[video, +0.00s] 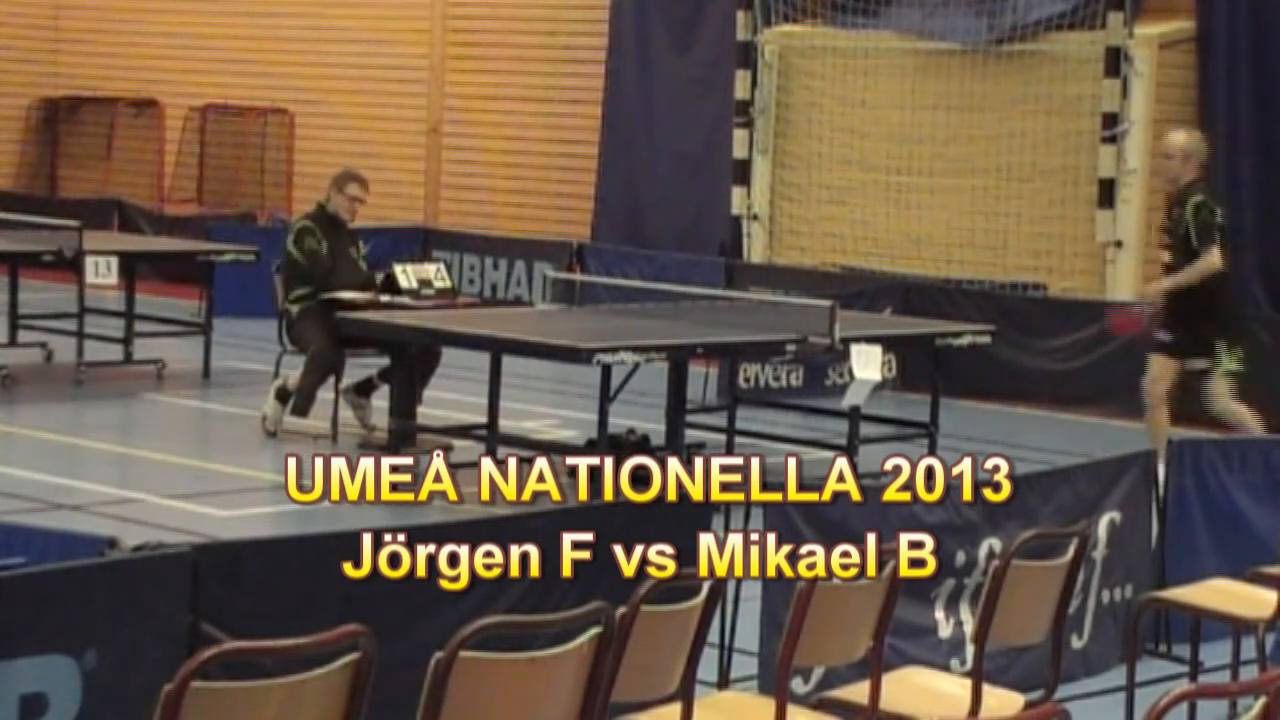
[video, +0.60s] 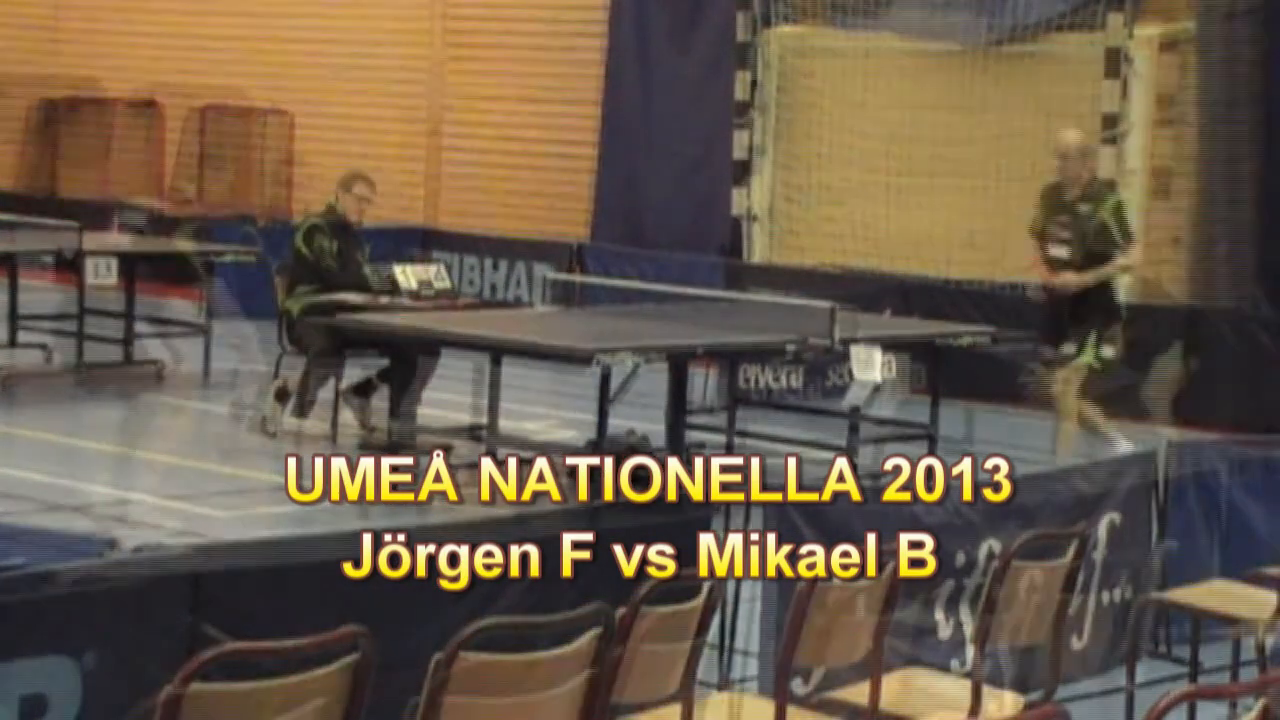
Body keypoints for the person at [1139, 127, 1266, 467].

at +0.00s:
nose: (1160, 164)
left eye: (1168, 158)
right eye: (1161, 157)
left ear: (1190, 162)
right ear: (1177, 162)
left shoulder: (1198, 202)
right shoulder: (1177, 201)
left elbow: (1213, 259)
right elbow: (1182, 259)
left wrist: (1162, 285)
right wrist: (1161, 297)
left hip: (1206, 317)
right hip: (1177, 316)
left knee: (1217, 397)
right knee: (1154, 390)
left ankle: (1269, 449)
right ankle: (1161, 469)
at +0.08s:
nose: (1149, 160)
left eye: (1156, 153)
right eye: (1149, 153)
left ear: (1177, 158)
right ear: (1160, 156)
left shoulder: (1190, 200)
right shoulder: (1157, 199)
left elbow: (1205, 254)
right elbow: (1161, 257)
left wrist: (1150, 281)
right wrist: (1137, 291)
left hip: (1190, 311)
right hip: (1157, 310)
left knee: (1186, 396)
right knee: (1146, 389)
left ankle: (1245, 452)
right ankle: (1160, 469)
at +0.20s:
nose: (1132, 155)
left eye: (1139, 148)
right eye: (1130, 148)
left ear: (1160, 150)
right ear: (1132, 150)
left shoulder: (1178, 194)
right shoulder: (1132, 192)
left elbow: (1194, 250)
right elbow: (1127, 244)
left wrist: (1135, 270)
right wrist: (1108, 269)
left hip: (1170, 308)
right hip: (1137, 305)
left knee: (1146, 387)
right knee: (1136, 393)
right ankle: (1155, 465)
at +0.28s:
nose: (1119, 155)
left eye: (1126, 149)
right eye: (1119, 148)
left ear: (1151, 151)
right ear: (1122, 150)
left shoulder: (1168, 194)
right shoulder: (1116, 191)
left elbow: (1185, 250)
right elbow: (1110, 244)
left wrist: (1126, 268)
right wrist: (1092, 263)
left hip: (1157, 303)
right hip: (1122, 299)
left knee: (1127, 383)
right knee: (1133, 390)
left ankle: (1141, 463)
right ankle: (1153, 467)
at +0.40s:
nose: (1099, 162)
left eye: (1107, 155)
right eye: (1098, 155)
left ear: (1131, 157)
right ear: (1098, 154)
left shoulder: (1144, 202)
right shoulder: (1093, 193)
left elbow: (1167, 256)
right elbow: (1079, 240)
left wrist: (1107, 274)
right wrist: (1074, 259)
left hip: (1131, 310)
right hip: (1098, 306)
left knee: (1103, 388)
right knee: (1125, 395)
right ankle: (1151, 457)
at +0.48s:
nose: (1083, 164)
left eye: (1091, 158)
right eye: (1082, 157)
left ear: (1113, 162)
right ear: (1081, 157)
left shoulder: (1130, 204)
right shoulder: (1076, 197)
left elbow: (1151, 258)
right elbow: (1061, 240)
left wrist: (1097, 277)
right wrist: (1063, 262)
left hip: (1116, 308)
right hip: (1083, 305)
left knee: (1085, 389)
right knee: (1111, 396)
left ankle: (1067, 467)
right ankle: (1146, 455)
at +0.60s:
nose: (1063, 166)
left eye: (1070, 159)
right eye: (1060, 158)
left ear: (1088, 161)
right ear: (1056, 160)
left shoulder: (1106, 196)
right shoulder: (1051, 195)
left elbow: (1131, 254)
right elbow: (1039, 238)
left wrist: (1082, 279)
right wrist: (1050, 273)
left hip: (1097, 308)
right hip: (1060, 307)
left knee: (1067, 385)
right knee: (1063, 389)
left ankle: (1061, 466)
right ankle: (1117, 444)